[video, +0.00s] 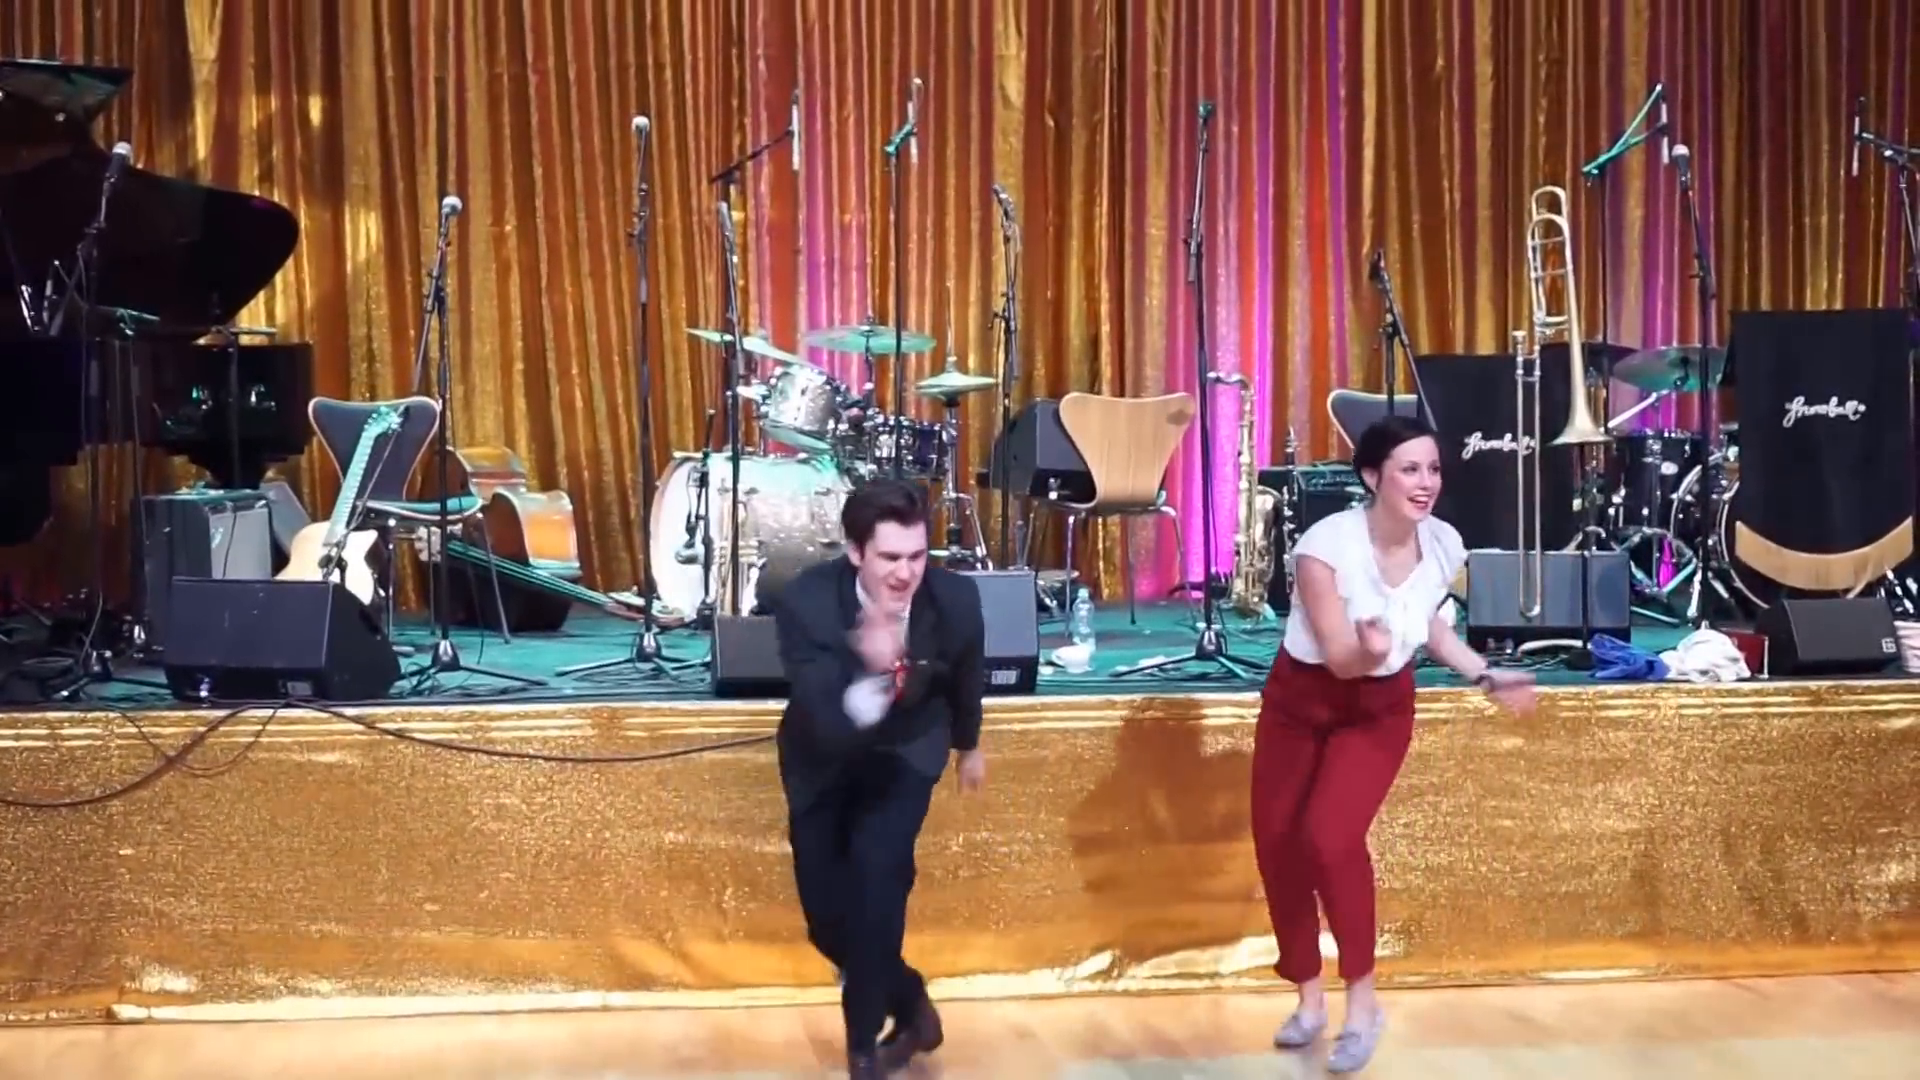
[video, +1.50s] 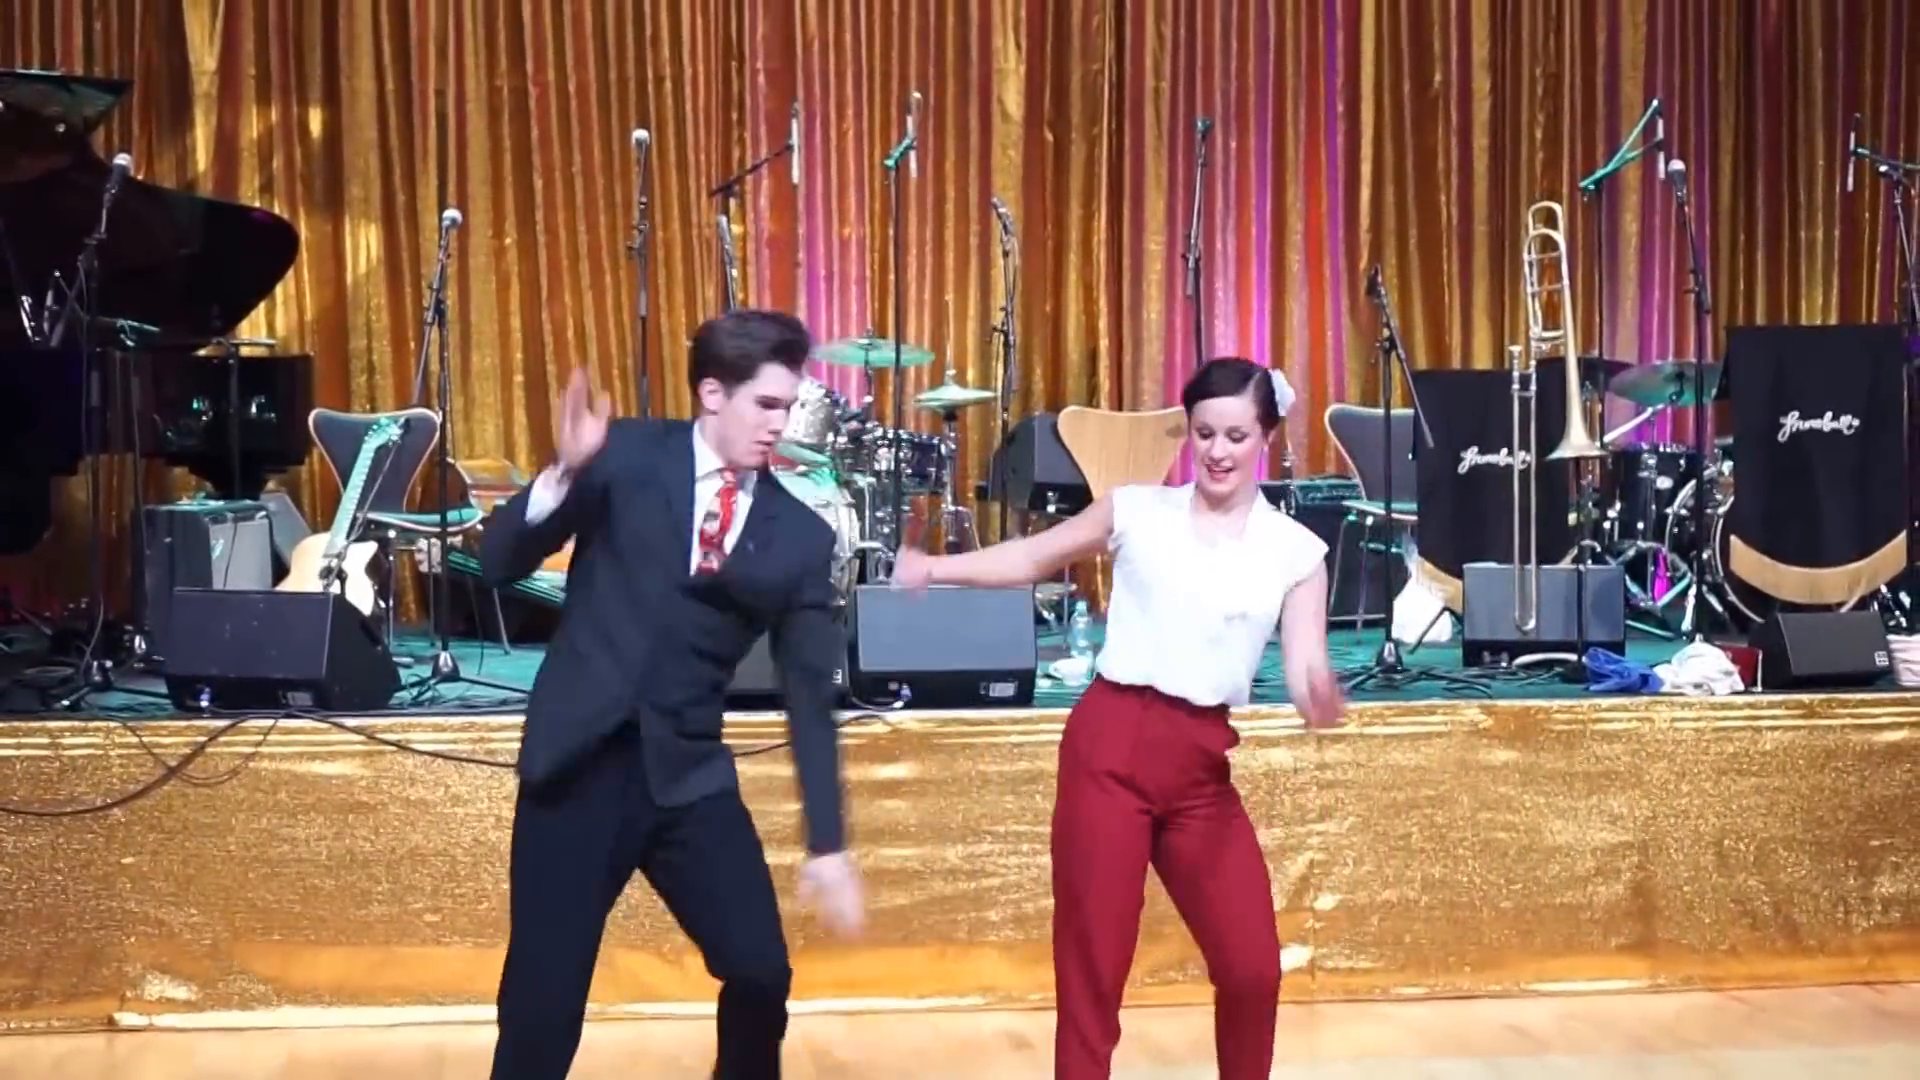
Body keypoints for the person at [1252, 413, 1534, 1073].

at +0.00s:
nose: (1425, 483)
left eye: (1433, 470)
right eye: (1410, 470)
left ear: (1440, 478)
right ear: (1372, 476)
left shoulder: (1442, 544)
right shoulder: (1324, 546)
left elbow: (1432, 622)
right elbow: (1337, 658)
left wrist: (1485, 674)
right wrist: (1370, 652)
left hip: (1379, 707)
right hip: (1297, 703)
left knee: (1330, 836)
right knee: (1276, 842)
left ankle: (1361, 1001)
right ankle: (1309, 998)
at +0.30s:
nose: (1408, 445)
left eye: (1413, 433)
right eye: (1393, 431)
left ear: (1413, 444)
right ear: (1348, 439)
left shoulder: (1419, 534)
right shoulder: (1291, 524)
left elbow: (1426, 644)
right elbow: (1238, 625)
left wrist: (1468, 563)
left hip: (1389, 708)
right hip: (1306, 710)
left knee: (1373, 872)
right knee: (1358, 863)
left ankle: (1318, 1036)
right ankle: (1285, 981)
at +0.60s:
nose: (1393, 412)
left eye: (1395, 399)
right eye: (1376, 397)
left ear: (1392, 411)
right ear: (1327, 409)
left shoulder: (1426, 505)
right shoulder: (1277, 493)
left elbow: (1487, 605)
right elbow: (1167, 518)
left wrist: (1540, 693)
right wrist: (1144, 499)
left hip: (1382, 713)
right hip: (1298, 707)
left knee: (1405, 899)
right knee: (1346, 891)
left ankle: (1333, 1012)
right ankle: (1321, 1058)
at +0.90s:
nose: (1363, 440)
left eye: (1372, 428)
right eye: (1344, 427)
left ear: (1383, 442)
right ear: (1306, 441)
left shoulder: (1389, 550)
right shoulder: (1272, 539)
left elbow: (1434, 665)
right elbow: (1278, 672)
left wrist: (1512, 613)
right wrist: (1341, 657)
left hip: (1386, 758)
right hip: (1291, 764)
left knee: (1396, 959)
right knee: (1287, 967)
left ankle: (1413, 1078)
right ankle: (1358, 1054)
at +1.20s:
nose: (1295, 422)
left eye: (1312, 406)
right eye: (1278, 408)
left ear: (1336, 418)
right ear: (1257, 420)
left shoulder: (1350, 519)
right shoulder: (1203, 500)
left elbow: (1347, 640)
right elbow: (1120, 598)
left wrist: (1369, 551)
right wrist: (1043, 670)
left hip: (1281, 752)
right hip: (1204, 743)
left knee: (1287, 973)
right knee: (1189, 967)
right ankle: (1141, 1078)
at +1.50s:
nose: (1217, 451)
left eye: (1235, 435)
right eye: (1205, 433)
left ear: (1267, 437)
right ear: (1188, 433)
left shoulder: (1294, 551)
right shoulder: (1131, 509)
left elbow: (1310, 684)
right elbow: (1031, 557)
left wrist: (1324, 701)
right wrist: (934, 567)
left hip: (1199, 770)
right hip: (1107, 753)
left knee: (1253, 973)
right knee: (1093, 981)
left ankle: (1245, 1079)